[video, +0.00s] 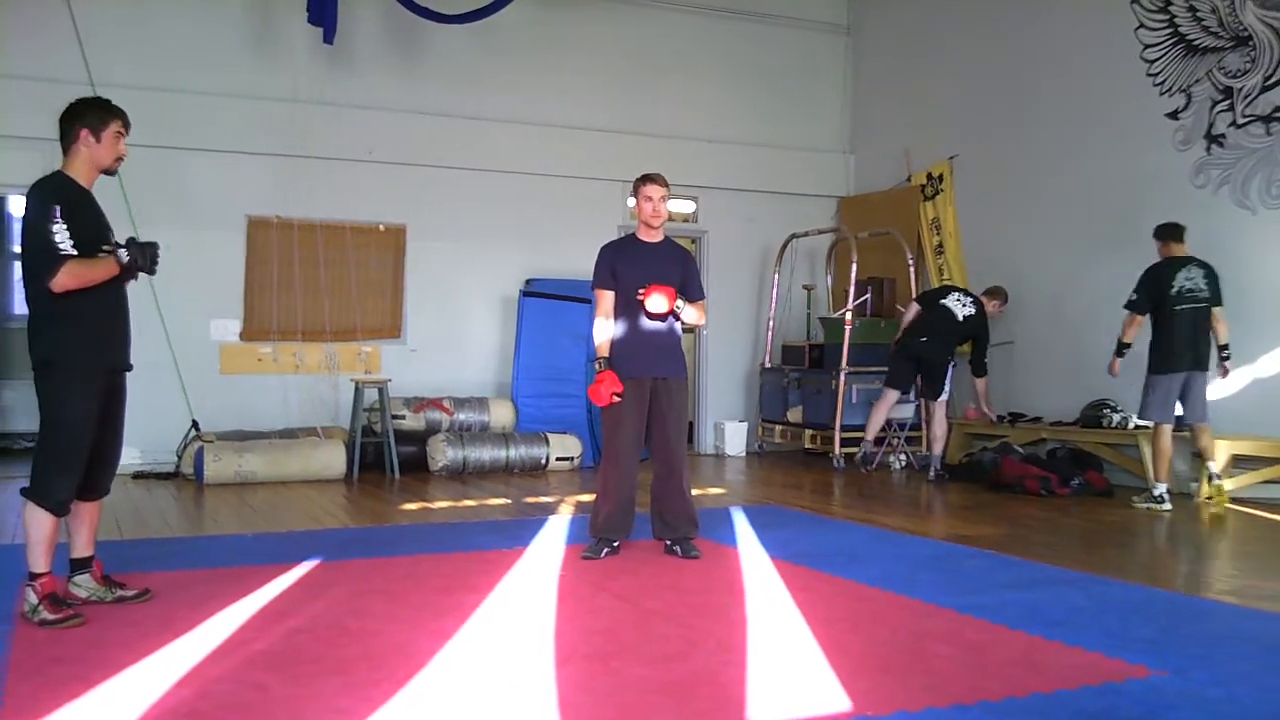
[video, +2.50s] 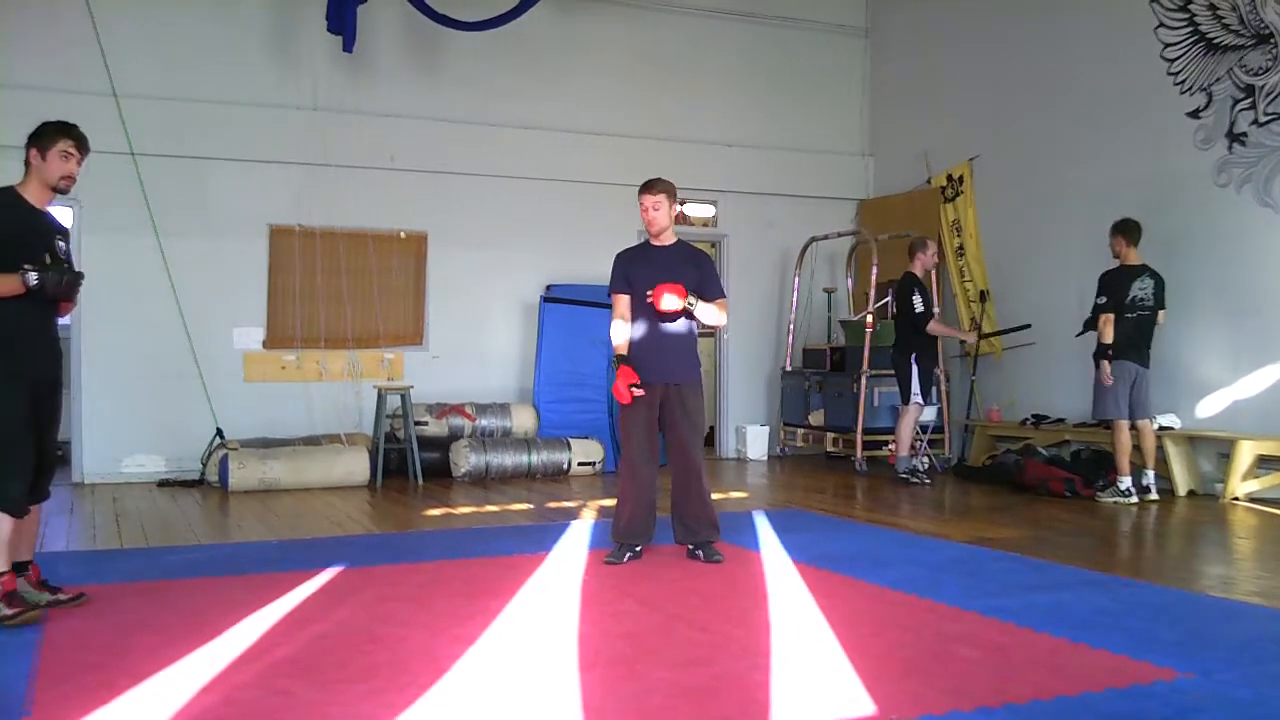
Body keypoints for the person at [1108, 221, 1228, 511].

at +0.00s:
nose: (1157, 250)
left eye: (1158, 246)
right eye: (1159, 245)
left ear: (1162, 245)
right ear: (1183, 242)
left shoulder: (1155, 273)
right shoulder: (1206, 270)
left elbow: (1134, 319)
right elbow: (1217, 317)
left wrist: (1119, 354)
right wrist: (1224, 355)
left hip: (1166, 361)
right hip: (1199, 361)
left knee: (1162, 425)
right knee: (1199, 422)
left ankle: (1160, 492)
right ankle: (1213, 473)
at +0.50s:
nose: (1114, 275)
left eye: (1115, 272)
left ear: (1118, 271)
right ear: (1138, 273)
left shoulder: (1115, 281)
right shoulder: (1156, 293)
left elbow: (1100, 314)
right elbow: (1161, 342)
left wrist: (1085, 350)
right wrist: (1169, 387)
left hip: (1130, 357)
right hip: (1155, 361)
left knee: (1128, 423)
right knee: (1140, 423)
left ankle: (1133, 490)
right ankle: (1136, 485)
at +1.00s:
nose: (1152, 282)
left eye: (1154, 279)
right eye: (1155, 279)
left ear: (1156, 280)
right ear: (1178, 282)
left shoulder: (1155, 290)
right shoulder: (1195, 299)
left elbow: (1149, 322)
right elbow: (1205, 342)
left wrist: (1144, 358)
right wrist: (1208, 381)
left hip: (1176, 351)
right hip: (1202, 357)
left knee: (1167, 418)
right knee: (1188, 424)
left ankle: (1164, 484)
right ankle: (1187, 487)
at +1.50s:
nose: (1151, 250)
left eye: (1153, 245)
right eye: (1152, 245)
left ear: (1163, 247)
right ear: (1178, 248)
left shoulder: (1154, 276)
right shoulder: (1199, 281)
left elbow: (1145, 319)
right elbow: (1200, 326)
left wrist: (1130, 346)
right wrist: (1184, 348)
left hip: (1160, 357)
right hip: (1189, 359)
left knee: (1147, 421)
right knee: (1188, 425)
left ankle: (1133, 486)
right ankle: (1191, 488)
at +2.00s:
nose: (1084, 246)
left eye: (1086, 241)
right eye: (1085, 241)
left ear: (1095, 241)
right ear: (1110, 241)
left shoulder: (1083, 274)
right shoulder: (1130, 277)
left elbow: (1059, 309)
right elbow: (1131, 319)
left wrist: (1040, 299)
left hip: (1089, 354)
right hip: (1116, 356)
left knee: (1093, 420)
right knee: (1121, 417)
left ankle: (1094, 484)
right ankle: (1141, 477)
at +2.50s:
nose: (1110, 245)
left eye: (1112, 240)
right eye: (1111, 240)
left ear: (1122, 241)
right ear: (1136, 241)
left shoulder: (1111, 277)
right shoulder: (1155, 277)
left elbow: (1106, 320)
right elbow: (1160, 317)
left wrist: (1103, 356)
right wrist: (1130, 315)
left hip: (1118, 357)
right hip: (1142, 359)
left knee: (1120, 422)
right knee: (1144, 420)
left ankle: (1124, 485)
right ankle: (1150, 483)